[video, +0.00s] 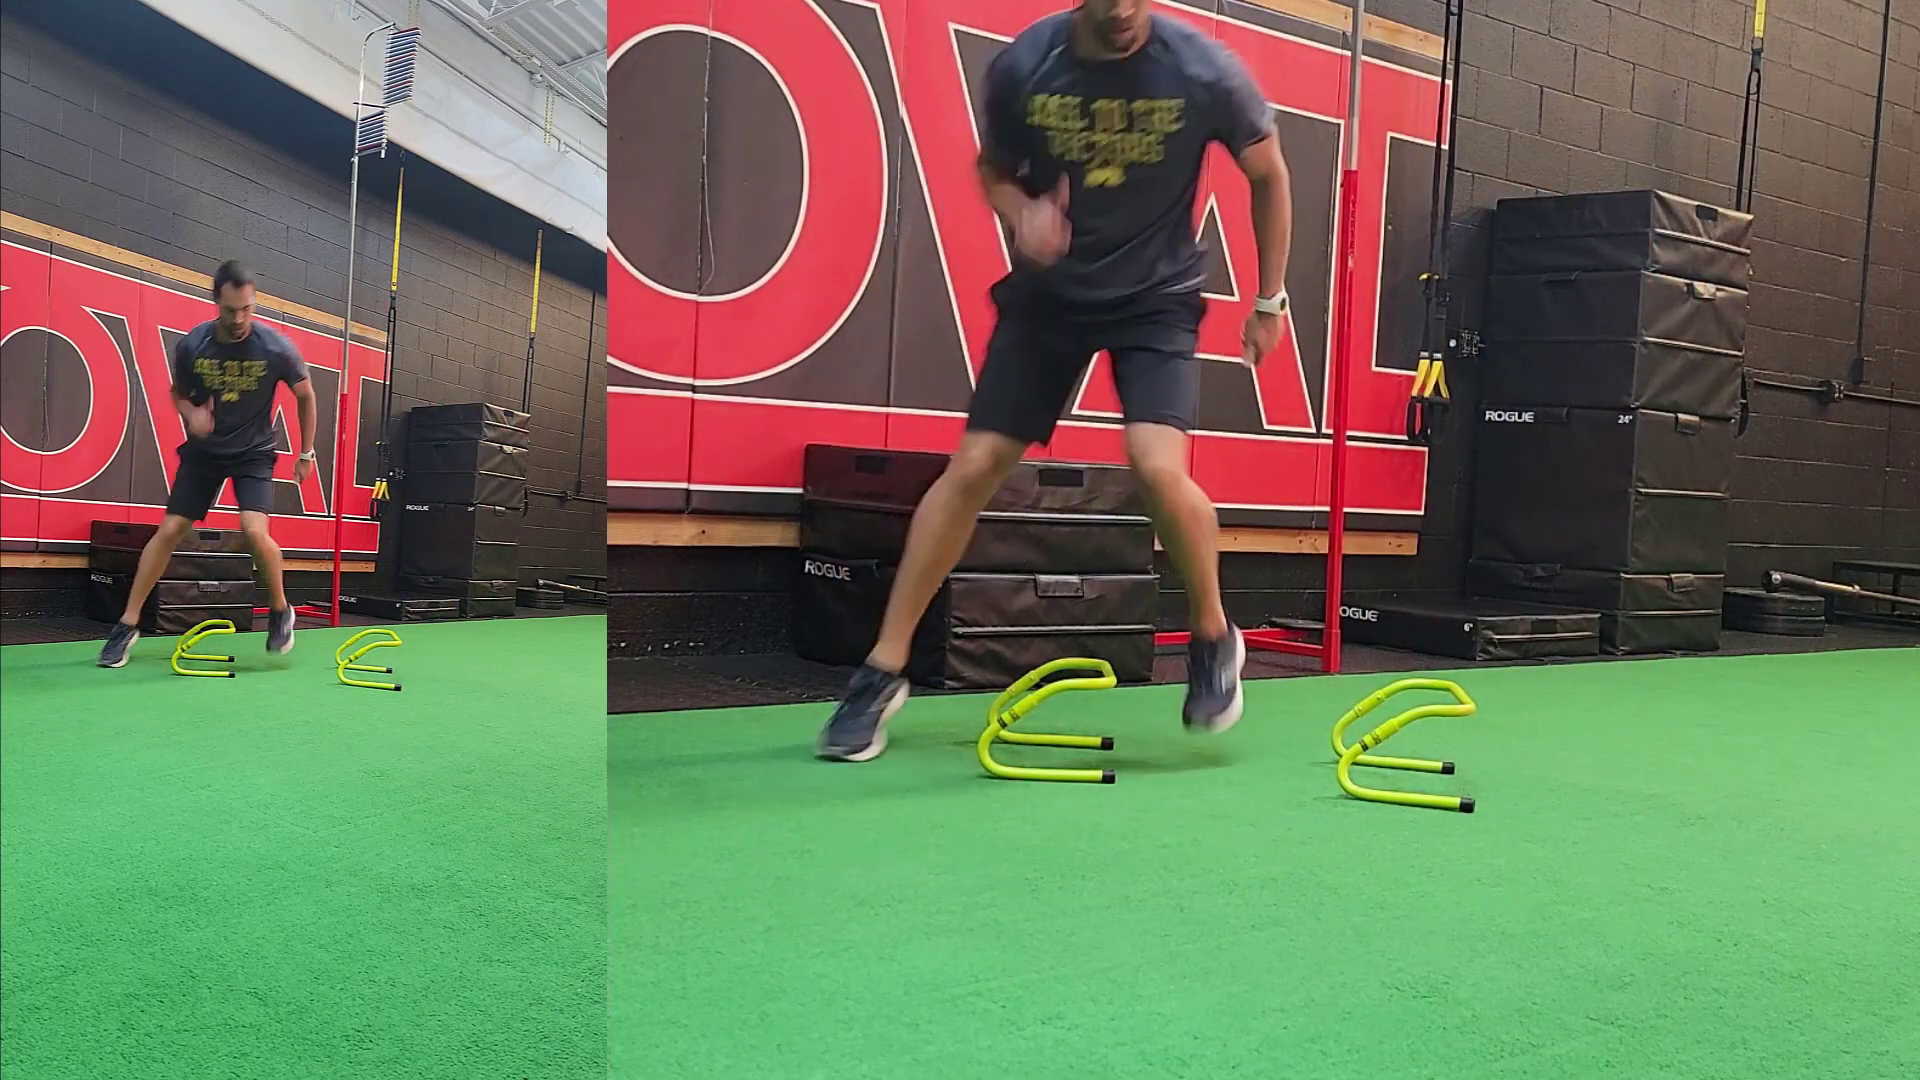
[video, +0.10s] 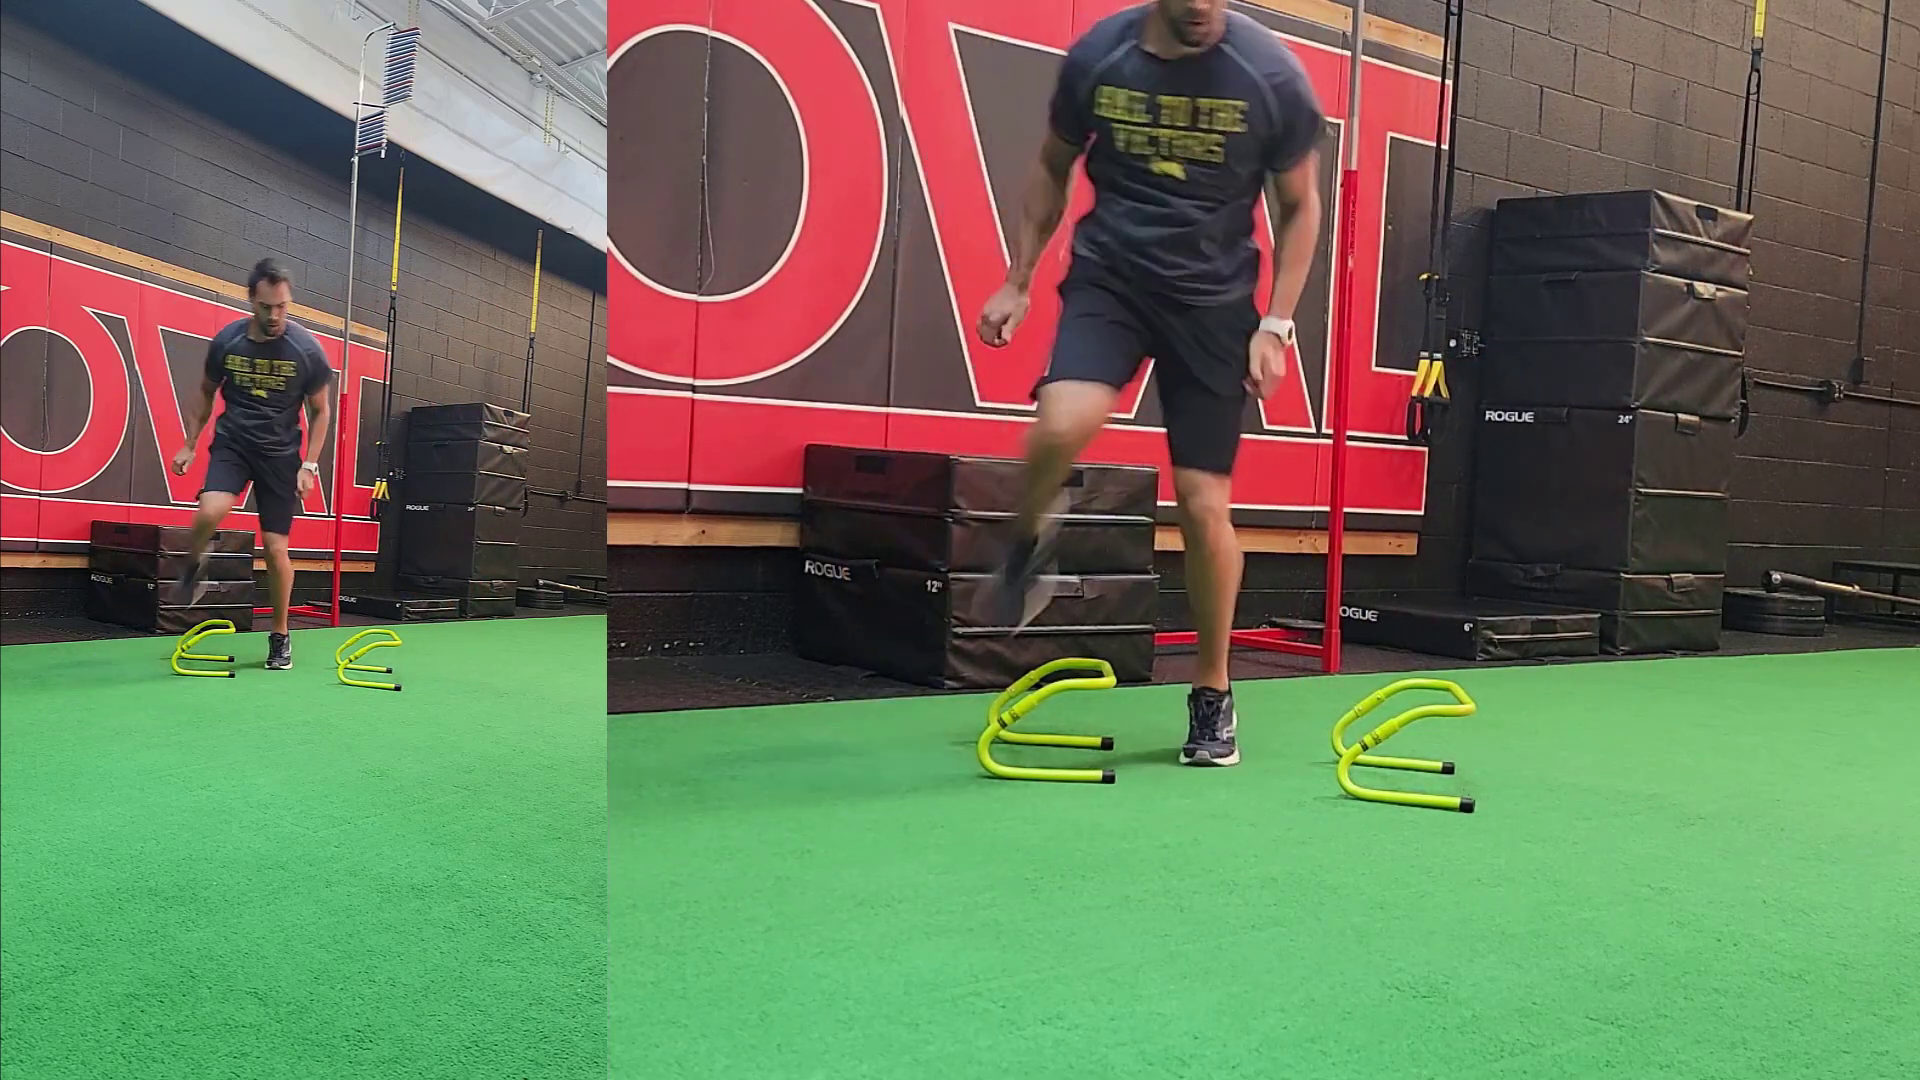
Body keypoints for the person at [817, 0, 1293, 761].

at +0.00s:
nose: (1125, 16)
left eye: (1137, 2)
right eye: (1108, 4)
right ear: (1080, 3)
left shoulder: (1207, 71)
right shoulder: (1021, 67)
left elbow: (1270, 177)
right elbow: (994, 172)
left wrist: (1271, 296)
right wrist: (1022, 213)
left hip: (1154, 296)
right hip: (1045, 296)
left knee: (1158, 469)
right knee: (973, 466)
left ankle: (1213, 636)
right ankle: (884, 666)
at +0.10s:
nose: (1206, 11)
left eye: (1218, 1)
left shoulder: (1274, 77)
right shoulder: (1098, 56)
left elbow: (1301, 207)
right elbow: (1052, 165)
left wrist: (1277, 326)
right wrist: (1016, 281)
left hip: (1212, 303)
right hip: (1109, 283)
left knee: (1202, 502)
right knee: (1059, 429)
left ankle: (1212, 693)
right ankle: (1026, 546)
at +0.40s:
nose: (1386, 13)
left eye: (1397, 2)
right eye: (1371, 1)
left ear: (1407, 1)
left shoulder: (1434, 73)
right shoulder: (1260, 83)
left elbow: (1443, 179)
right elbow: (1205, 217)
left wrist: (1455, 281)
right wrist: (1176, 341)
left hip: (1390, 312)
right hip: (1280, 325)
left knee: (1464, 446)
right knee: (1284, 514)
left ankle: (1417, 525)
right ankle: (1241, 715)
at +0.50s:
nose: (1453, 22)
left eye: (1465, 8)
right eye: (1437, 7)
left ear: (1477, 5)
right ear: (1393, 1)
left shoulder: (1491, 65)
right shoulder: (1324, 89)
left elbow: (1499, 170)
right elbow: (1277, 226)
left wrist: (1498, 289)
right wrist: (1275, 362)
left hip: (1449, 295)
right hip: (1342, 307)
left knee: (1517, 450)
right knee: (1332, 483)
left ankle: (1554, 623)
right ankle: (1254, 695)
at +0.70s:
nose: (1579, 121)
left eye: (1592, 101)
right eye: (1562, 100)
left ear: (1605, 88)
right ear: (1517, 79)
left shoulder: (1605, 155)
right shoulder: (1448, 179)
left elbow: (1591, 244)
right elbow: (1432, 341)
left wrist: (1584, 295)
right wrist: (1556, 316)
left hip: (1550, 368)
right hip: (1449, 369)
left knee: (1598, 528)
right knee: (1497, 492)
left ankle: (1598, 724)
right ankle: (1470, 497)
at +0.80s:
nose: (1626, 169)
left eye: (1641, 151)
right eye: (1609, 148)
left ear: (1653, 136)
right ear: (1565, 122)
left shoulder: (1644, 195)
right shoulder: (1491, 220)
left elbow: (1607, 281)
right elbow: (1488, 381)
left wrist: (1636, 306)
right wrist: (1608, 333)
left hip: (1576, 385)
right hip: (1472, 393)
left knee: (1620, 535)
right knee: (1546, 520)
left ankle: (1603, 725)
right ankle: (1524, 557)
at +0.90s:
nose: (1649, 187)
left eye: (1665, 168)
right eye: (1633, 164)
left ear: (1678, 153)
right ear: (1592, 139)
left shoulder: (1662, 209)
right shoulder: (1511, 235)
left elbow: (1618, 275)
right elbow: (1492, 394)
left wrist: (1642, 324)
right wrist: (1618, 355)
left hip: (1590, 383)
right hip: (1488, 394)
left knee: (1631, 537)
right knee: (1581, 525)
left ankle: (1604, 726)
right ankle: (1552, 586)